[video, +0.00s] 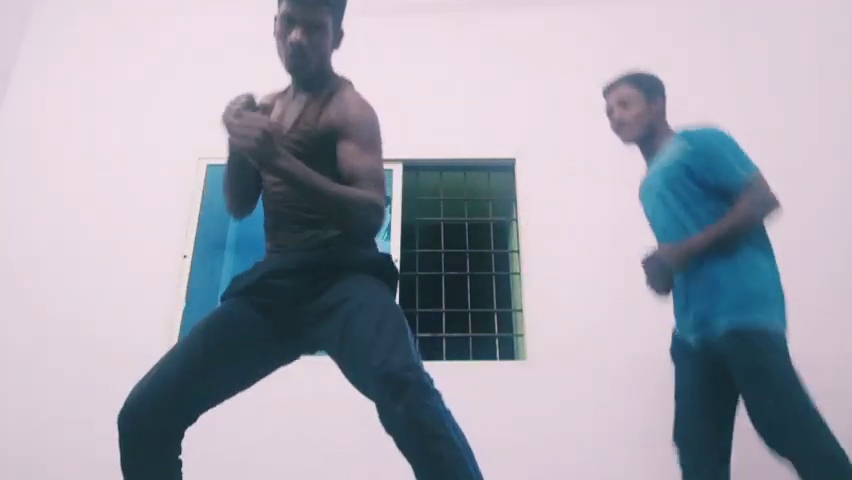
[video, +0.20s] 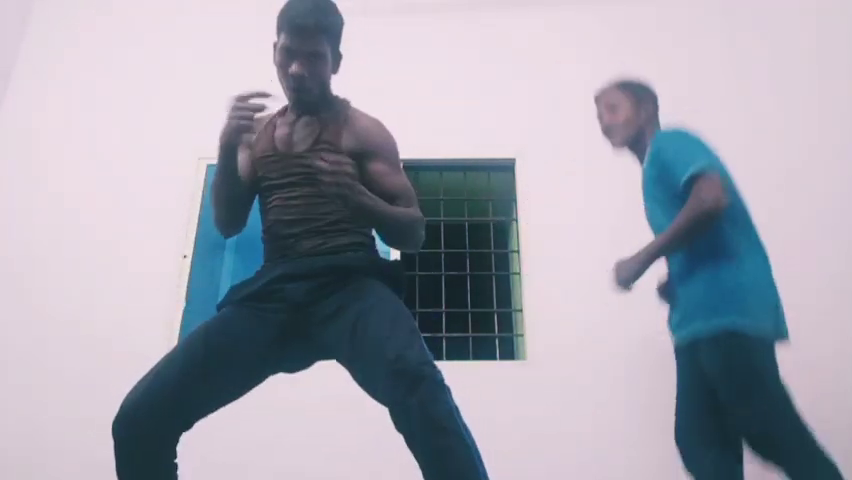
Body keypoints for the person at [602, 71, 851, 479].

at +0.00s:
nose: (615, 117)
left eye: (624, 105)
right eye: (610, 111)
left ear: (656, 105)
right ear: (609, 120)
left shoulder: (702, 142)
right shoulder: (648, 188)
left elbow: (761, 197)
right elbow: (691, 251)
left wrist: (682, 250)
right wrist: (665, 273)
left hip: (746, 318)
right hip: (694, 331)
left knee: (790, 428)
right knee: (698, 451)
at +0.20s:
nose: (604, 120)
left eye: (612, 108)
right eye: (600, 113)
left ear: (645, 110)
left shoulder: (670, 143)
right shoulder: (658, 167)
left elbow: (711, 195)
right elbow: (719, 242)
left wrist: (642, 258)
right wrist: (679, 280)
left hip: (727, 316)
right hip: (698, 323)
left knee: (773, 431)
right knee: (701, 444)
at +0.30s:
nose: (609, 147)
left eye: (617, 135)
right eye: (605, 141)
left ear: (650, 136)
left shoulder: (670, 172)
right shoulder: (663, 189)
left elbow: (699, 225)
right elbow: (721, 274)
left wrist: (625, 279)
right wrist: (680, 313)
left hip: (727, 350)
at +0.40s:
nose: (609, 151)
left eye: (617, 139)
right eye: (606, 145)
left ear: (650, 139)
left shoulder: (673, 170)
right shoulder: (661, 193)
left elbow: (714, 218)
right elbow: (715, 274)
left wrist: (642, 270)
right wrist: (669, 308)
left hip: (730, 333)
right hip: (706, 340)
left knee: (719, 456)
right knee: (690, 461)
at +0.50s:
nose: (611, 122)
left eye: (619, 111)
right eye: (607, 116)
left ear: (652, 111)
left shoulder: (678, 140)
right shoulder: (662, 170)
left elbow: (733, 186)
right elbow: (709, 235)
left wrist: (657, 241)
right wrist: (665, 272)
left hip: (723, 301)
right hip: (703, 309)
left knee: (710, 428)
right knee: (714, 429)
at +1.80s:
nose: (604, 120)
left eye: (613, 111)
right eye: (603, 113)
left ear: (645, 115)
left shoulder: (678, 150)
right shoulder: (633, 182)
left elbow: (714, 198)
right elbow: (667, 255)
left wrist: (624, 213)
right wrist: (626, 278)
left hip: (693, 324)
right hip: (648, 335)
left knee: (725, 437)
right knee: (655, 453)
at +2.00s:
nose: (558, 117)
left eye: (567, 107)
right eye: (558, 110)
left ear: (597, 111)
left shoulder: (621, 144)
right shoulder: (594, 173)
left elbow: (657, 194)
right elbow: (627, 249)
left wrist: (579, 222)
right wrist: (587, 276)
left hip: (640, 306)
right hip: (610, 318)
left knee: (679, 416)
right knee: (611, 443)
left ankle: (741, 475)